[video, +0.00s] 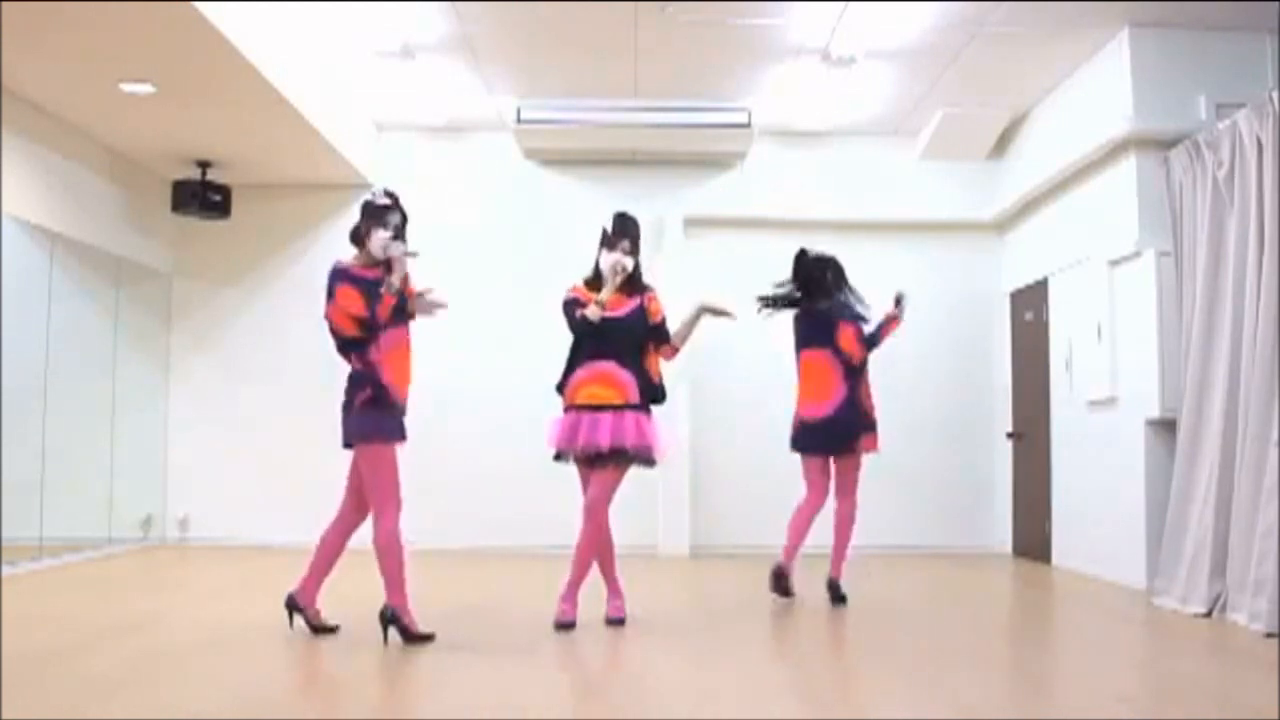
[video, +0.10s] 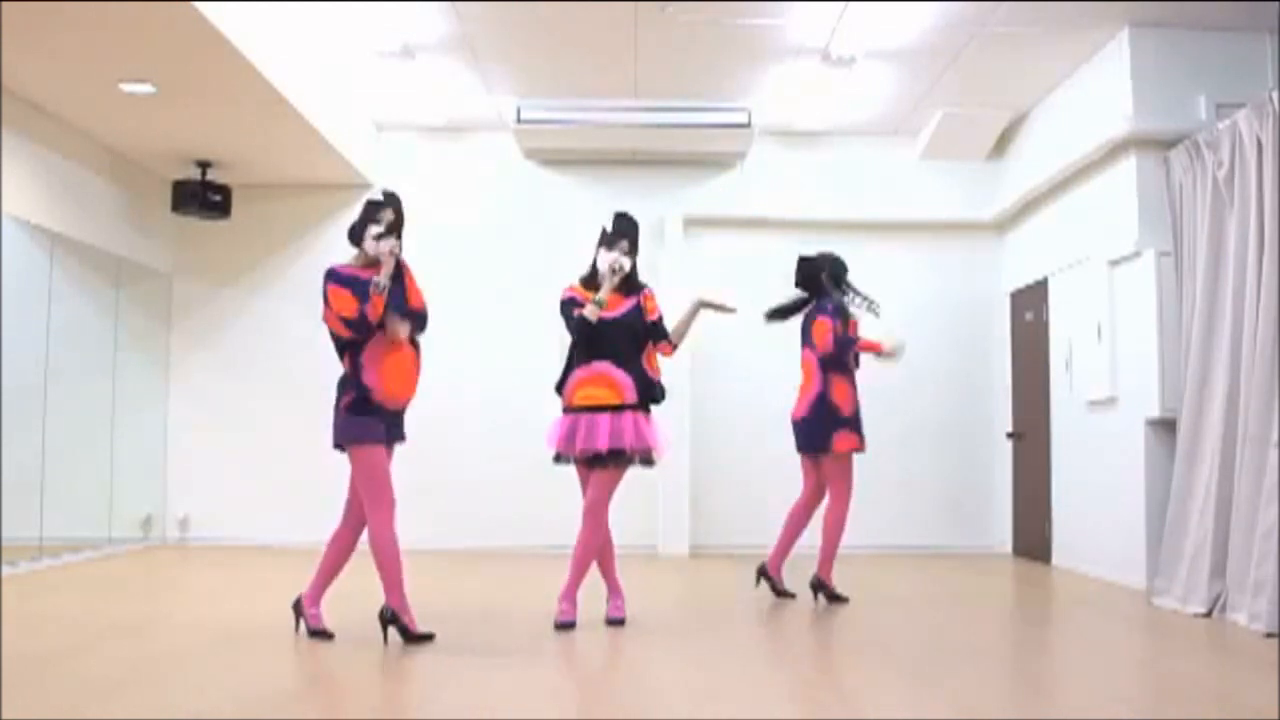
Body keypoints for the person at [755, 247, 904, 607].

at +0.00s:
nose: (842, 283)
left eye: (837, 278)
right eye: (839, 277)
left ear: (802, 284)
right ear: (835, 280)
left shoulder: (801, 318)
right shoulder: (841, 315)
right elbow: (856, 353)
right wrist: (888, 324)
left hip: (808, 417)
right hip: (846, 416)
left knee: (815, 493)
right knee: (846, 496)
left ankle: (785, 563)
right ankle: (835, 575)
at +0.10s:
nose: (845, 281)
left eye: (841, 275)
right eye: (840, 275)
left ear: (815, 281)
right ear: (832, 279)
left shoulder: (816, 313)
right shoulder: (831, 313)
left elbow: (844, 343)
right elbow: (830, 353)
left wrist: (879, 347)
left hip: (807, 413)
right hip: (832, 413)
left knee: (813, 490)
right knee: (840, 491)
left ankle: (773, 564)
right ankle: (824, 575)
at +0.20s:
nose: (850, 287)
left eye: (849, 280)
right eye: (844, 280)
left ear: (825, 282)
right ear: (828, 282)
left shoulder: (834, 321)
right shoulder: (820, 317)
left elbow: (849, 369)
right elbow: (804, 360)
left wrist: (867, 334)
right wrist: (825, 386)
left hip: (820, 417)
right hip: (815, 417)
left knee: (809, 494)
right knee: (833, 491)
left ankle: (777, 566)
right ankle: (818, 573)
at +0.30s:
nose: (851, 288)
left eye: (853, 281)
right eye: (844, 280)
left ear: (853, 285)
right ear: (827, 281)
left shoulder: (847, 321)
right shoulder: (815, 315)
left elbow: (848, 367)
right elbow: (789, 354)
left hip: (825, 416)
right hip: (804, 415)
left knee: (807, 494)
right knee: (821, 489)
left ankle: (777, 565)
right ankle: (819, 572)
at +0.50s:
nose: (841, 290)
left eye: (848, 283)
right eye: (836, 282)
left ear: (856, 287)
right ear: (823, 283)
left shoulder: (855, 329)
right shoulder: (796, 314)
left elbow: (881, 360)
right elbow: (754, 342)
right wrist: (782, 372)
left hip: (834, 415)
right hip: (796, 410)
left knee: (811, 490)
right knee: (813, 484)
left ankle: (785, 568)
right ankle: (819, 572)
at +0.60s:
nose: (838, 289)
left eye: (846, 282)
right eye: (833, 280)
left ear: (855, 288)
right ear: (822, 282)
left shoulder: (863, 328)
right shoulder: (796, 315)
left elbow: (904, 332)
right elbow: (753, 342)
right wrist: (782, 371)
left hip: (834, 417)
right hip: (796, 412)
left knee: (813, 491)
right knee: (810, 490)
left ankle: (800, 569)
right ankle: (819, 574)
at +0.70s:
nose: (836, 290)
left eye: (843, 284)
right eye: (833, 282)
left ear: (851, 288)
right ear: (825, 281)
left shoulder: (859, 321)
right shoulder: (795, 313)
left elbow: (895, 315)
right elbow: (751, 341)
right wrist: (783, 370)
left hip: (834, 411)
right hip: (798, 409)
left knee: (813, 491)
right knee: (811, 491)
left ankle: (801, 569)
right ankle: (817, 573)